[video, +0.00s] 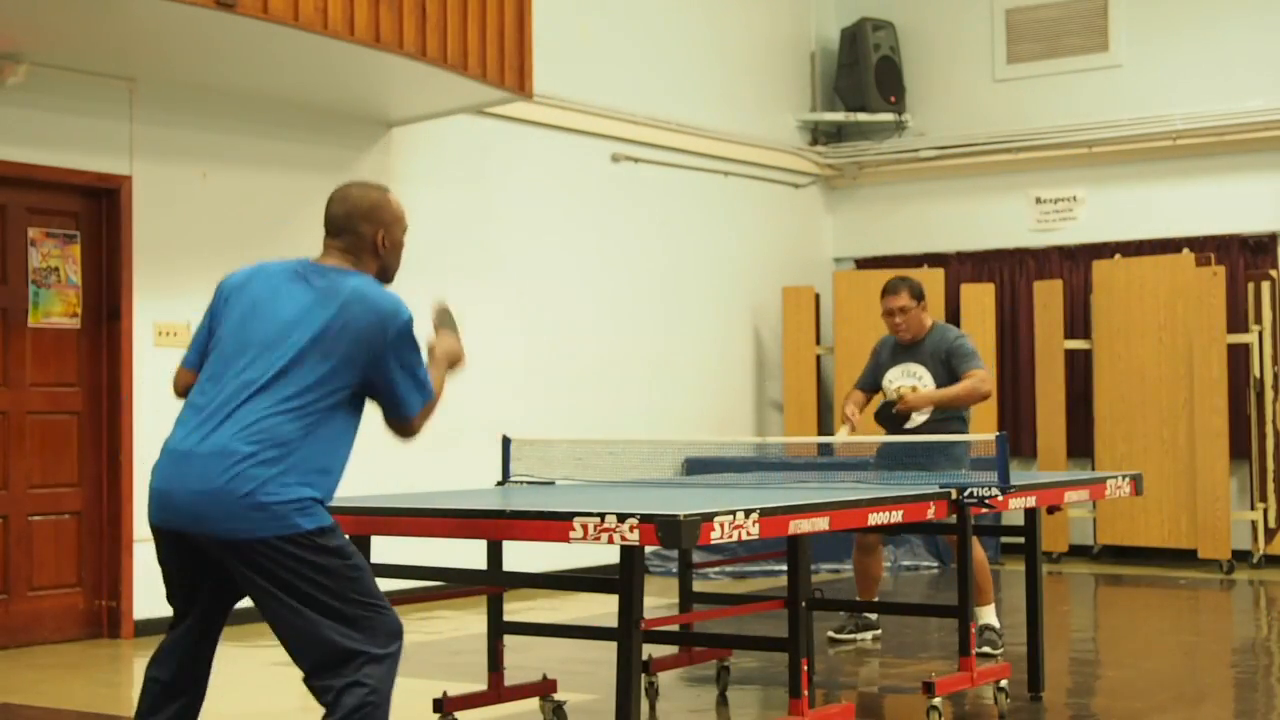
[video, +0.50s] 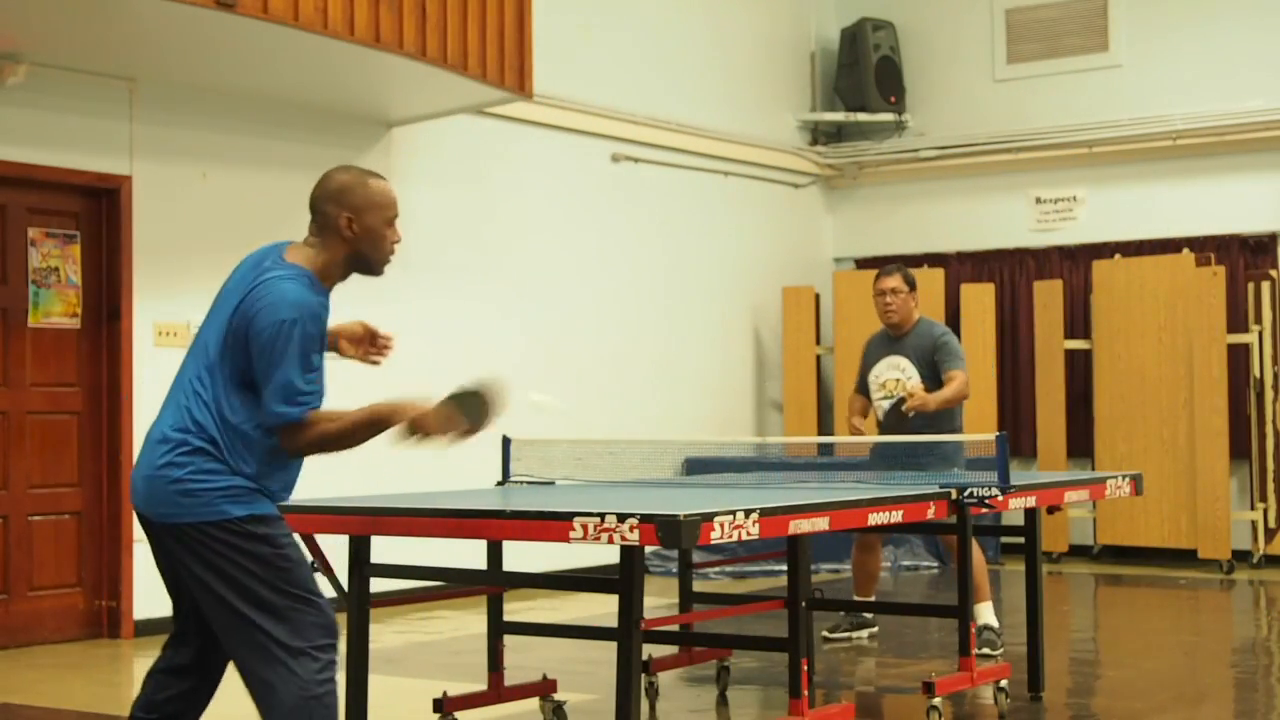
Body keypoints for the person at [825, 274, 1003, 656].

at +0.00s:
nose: (895, 321)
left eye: (902, 311)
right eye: (889, 314)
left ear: (923, 307)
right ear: (883, 314)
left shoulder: (951, 341)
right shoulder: (885, 348)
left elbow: (982, 385)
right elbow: (860, 392)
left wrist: (927, 399)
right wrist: (851, 409)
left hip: (944, 459)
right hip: (895, 458)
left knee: (960, 534)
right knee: (867, 535)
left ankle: (988, 624)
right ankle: (865, 616)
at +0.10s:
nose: (892, 319)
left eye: (899, 310)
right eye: (886, 313)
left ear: (921, 307)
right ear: (882, 314)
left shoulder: (947, 337)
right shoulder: (889, 346)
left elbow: (965, 372)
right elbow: (869, 390)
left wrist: (914, 374)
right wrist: (852, 399)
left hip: (945, 454)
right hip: (898, 455)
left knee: (956, 535)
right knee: (870, 533)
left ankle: (988, 624)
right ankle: (866, 617)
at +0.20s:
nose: (895, 307)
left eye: (902, 299)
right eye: (889, 302)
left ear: (923, 299)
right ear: (884, 306)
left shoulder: (947, 331)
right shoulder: (890, 341)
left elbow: (950, 359)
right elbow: (876, 381)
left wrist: (912, 345)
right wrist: (858, 390)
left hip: (946, 453)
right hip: (900, 453)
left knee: (957, 535)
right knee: (878, 531)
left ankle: (987, 623)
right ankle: (867, 616)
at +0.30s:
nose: (895, 302)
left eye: (903, 293)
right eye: (890, 296)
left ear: (924, 295)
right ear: (885, 301)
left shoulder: (946, 329)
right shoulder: (889, 335)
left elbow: (951, 364)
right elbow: (883, 382)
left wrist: (921, 349)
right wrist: (861, 393)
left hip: (945, 449)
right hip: (900, 448)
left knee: (955, 533)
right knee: (876, 527)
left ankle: (988, 624)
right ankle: (867, 615)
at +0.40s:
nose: (892, 303)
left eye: (900, 294)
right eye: (886, 297)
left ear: (920, 297)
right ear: (880, 303)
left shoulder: (944, 334)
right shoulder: (889, 343)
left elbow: (956, 377)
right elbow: (876, 391)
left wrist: (927, 382)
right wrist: (861, 407)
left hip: (942, 454)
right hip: (896, 454)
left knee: (954, 535)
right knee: (872, 530)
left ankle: (987, 624)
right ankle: (862, 612)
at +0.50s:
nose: (887, 301)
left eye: (895, 293)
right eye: (880, 295)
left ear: (914, 297)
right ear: (874, 301)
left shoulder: (938, 336)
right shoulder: (875, 345)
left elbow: (961, 386)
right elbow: (862, 395)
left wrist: (932, 400)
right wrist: (856, 418)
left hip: (937, 459)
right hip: (888, 460)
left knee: (956, 535)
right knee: (867, 533)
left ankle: (987, 623)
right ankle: (862, 614)